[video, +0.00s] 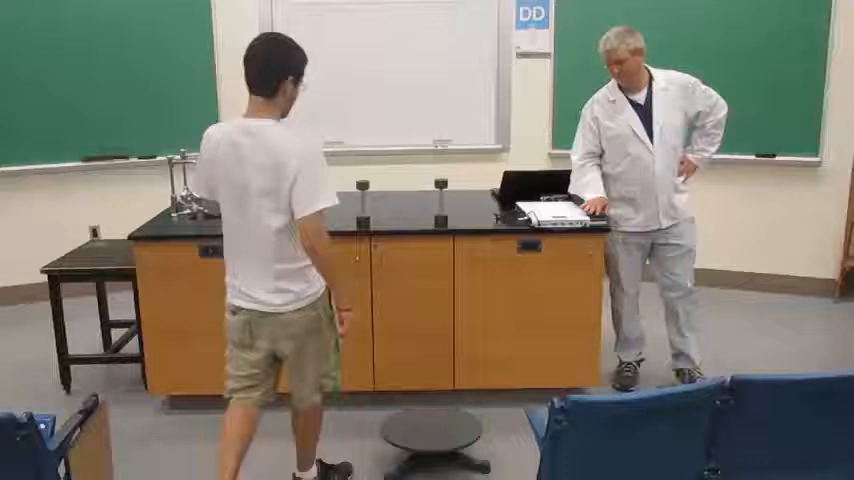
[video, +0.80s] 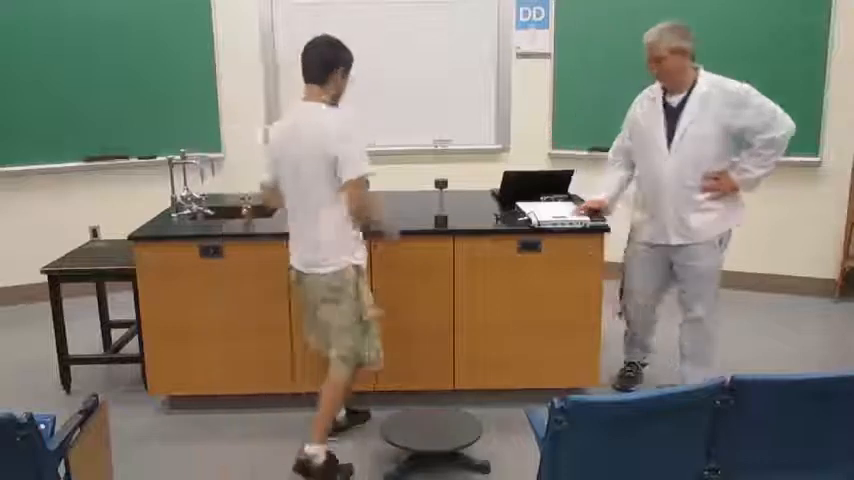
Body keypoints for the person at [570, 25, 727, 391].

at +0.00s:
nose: (613, 71)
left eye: (618, 63)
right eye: (609, 65)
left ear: (640, 56)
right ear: (606, 63)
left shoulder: (679, 87)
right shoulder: (598, 107)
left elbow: (716, 110)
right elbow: (585, 159)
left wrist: (698, 155)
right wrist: (594, 192)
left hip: (674, 215)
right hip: (624, 219)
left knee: (680, 291)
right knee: (623, 295)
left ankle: (686, 362)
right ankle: (628, 359)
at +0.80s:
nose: (652, 69)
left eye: (657, 61)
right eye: (649, 62)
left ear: (683, 55)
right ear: (656, 60)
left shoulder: (727, 95)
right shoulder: (644, 103)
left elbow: (779, 129)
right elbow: (623, 159)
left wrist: (739, 176)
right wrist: (605, 197)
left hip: (701, 229)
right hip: (649, 227)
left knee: (697, 314)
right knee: (636, 301)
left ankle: (697, 393)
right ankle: (634, 361)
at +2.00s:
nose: (611, 74)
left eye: (616, 65)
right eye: (609, 67)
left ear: (644, 58)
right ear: (637, 61)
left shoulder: (693, 97)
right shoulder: (619, 106)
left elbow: (751, 134)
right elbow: (613, 171)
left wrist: (712, 191)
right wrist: (594, 211)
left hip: (668, 243)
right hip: (625, 241)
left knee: (645, 336)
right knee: (628, 336)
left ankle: (653, 425)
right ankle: (635, 423)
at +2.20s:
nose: (600, 79)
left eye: (605, 70)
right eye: (598, 71)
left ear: (633, 61)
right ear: (627, 63)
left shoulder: (676, 99)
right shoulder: (615, 103)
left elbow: (732, 143)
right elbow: (618, 170)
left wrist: (692, 199)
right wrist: (593, 211)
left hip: (653, 246)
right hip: (612, 242)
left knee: (635, 343)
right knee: (608, 336)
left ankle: (633, 429)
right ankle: (612, 424)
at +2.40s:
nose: (591, 79)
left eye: (595, 70)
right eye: (588, 72)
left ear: (619, 60)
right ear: (614, 62)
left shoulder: (661, 94)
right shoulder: (613, 101)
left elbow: (711, 141)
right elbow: (624, 168)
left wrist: (677, 198)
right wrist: (594, 209)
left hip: (644, 245)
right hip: (602, 239)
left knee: (628, 340)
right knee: (582, 329)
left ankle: (623, 425)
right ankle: (564, 411)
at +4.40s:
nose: (589, 91)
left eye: (593, 82)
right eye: (586, 83)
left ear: (620, 71)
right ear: (606, 76)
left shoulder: (660, 110)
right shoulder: (601, 113)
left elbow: (713, 153)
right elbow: (594, 170)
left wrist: (672, 210)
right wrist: (582, 204)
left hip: (632, 256)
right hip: (587, 250)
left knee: (620, 355)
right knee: (561, 338)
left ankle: (617, 439)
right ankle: (528, 423)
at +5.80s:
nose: (610, 64)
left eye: (617, 55)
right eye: (608, 55)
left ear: (647, 53)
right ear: (607, 55)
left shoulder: (679, 104)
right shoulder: (609, 104)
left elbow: (726, 154)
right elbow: (596, 170)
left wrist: (681, 206)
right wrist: (580, 212)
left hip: (645, 252)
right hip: (595, 248)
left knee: (636, 350)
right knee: (592, 344)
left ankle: (638, 430)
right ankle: (595, 424)